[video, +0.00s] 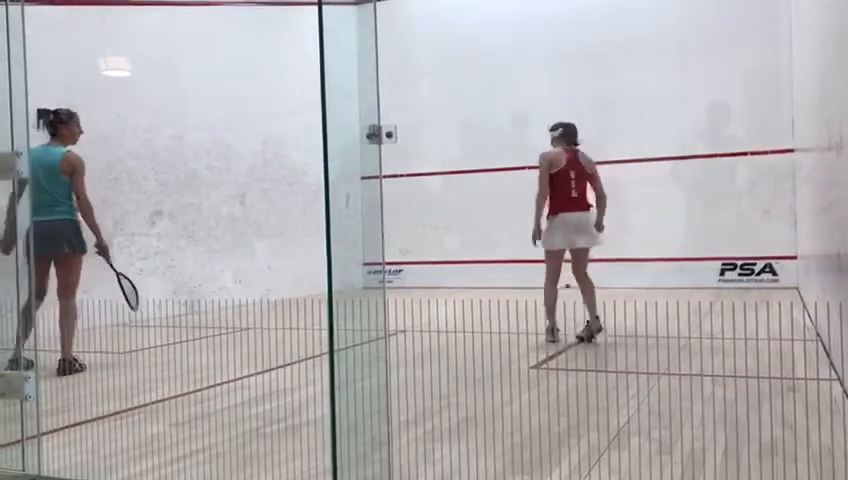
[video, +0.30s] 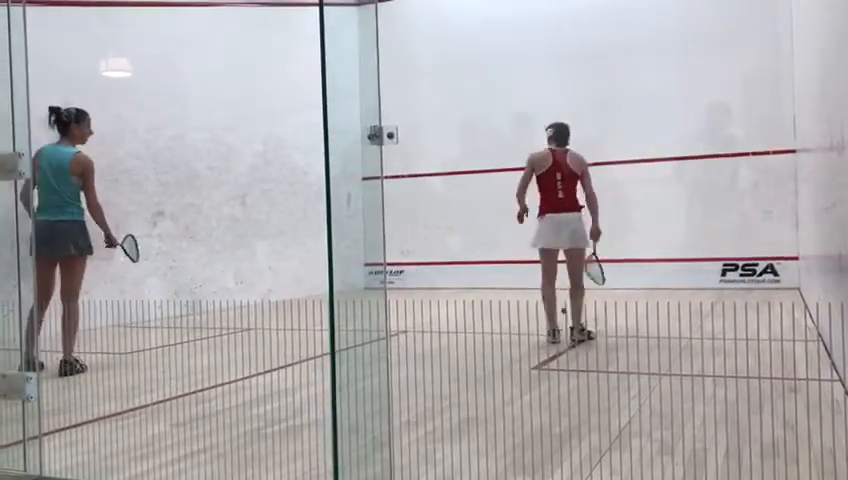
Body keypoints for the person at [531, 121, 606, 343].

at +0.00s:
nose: (551, 140)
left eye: (553, 137)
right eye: (552, 137)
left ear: (559, 137)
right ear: (573, 138)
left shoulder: (548, 157)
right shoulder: (585, 159)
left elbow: (543, 193)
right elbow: (600, 193)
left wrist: (537, 224)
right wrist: (600, 218)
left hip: (558, 219)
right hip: (584, 217)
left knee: (551, 277)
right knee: (580, 271)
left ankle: (551, 326)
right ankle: (594, 320)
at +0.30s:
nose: (546, 139)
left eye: (547, 136)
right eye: (548, 136)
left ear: (549, 138)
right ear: (567, 139)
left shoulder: (536, 159)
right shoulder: (577, 160)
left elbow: (520, 192)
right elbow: (590, 194)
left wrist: (522, 207)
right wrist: (595, 223)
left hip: (548, 223)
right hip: (574, 222)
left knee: (548, 280)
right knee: (577, 281)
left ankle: (552, 329)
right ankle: (577, 328)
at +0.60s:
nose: (573, 146)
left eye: (573, 142)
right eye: (572, 142)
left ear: (549, 141)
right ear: (566, 141)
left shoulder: (535, 163)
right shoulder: (574, 161)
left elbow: (535, 196)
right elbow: (586, 195)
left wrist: (554, 188)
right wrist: (605, 223)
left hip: (549, 223)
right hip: (573, 222)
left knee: (549, 278)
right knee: (590, 274)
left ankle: (553, 329)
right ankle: (588, 323)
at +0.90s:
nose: (589, 144)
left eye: (590, 140)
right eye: (585, 139)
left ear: (566, 142)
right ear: (572, 141)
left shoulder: (554, 164)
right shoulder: (583, 162)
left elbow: (564, 195)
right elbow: (597, 196)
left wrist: (586, 212)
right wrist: (624, 218)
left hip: (560, 223)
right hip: (582, 222)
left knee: (558, 277)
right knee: (599, 276)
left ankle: (555, 328)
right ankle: (607, 326)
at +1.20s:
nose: (603, 139)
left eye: (601, 135)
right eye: (599, 136)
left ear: (585, 143)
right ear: (589, 142)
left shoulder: (578, 167)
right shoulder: (588, 166)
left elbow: (611, 194)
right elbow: (609, 195)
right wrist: (638, 210)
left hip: (577, 225)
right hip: (590, 225)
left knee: (595, 273)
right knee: (612, 274)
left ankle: (566, 311)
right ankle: (611, 326)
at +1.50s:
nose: (595, 140)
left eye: (593, 137)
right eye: (592, 138)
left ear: (580, 144)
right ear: (582, 144)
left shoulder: (589, 162)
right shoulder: (575, 171)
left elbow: (615, 173)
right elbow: (601, 198)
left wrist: (648, 166)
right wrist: (625, 178)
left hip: (582, 226)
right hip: (580, 227)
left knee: (595, 273)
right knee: (605, 275)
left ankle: (565, 311)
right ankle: (612, 328)